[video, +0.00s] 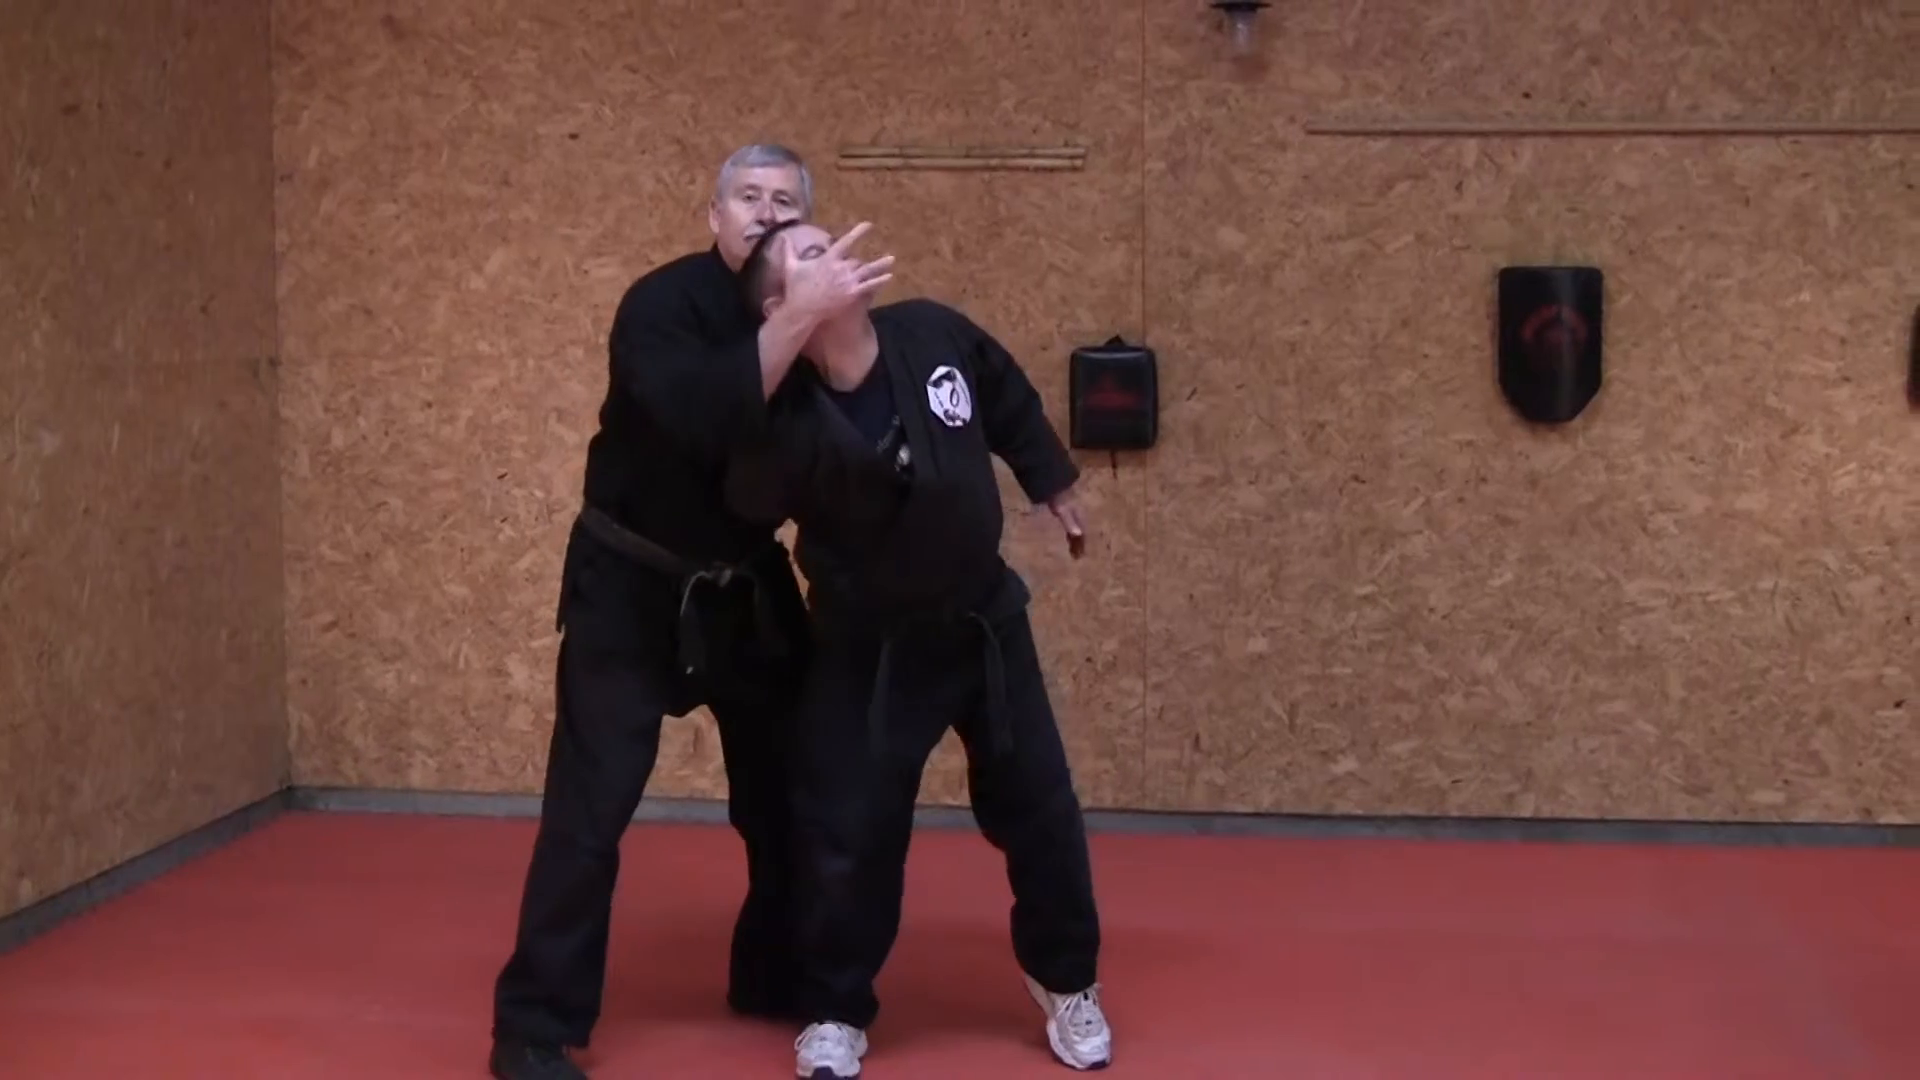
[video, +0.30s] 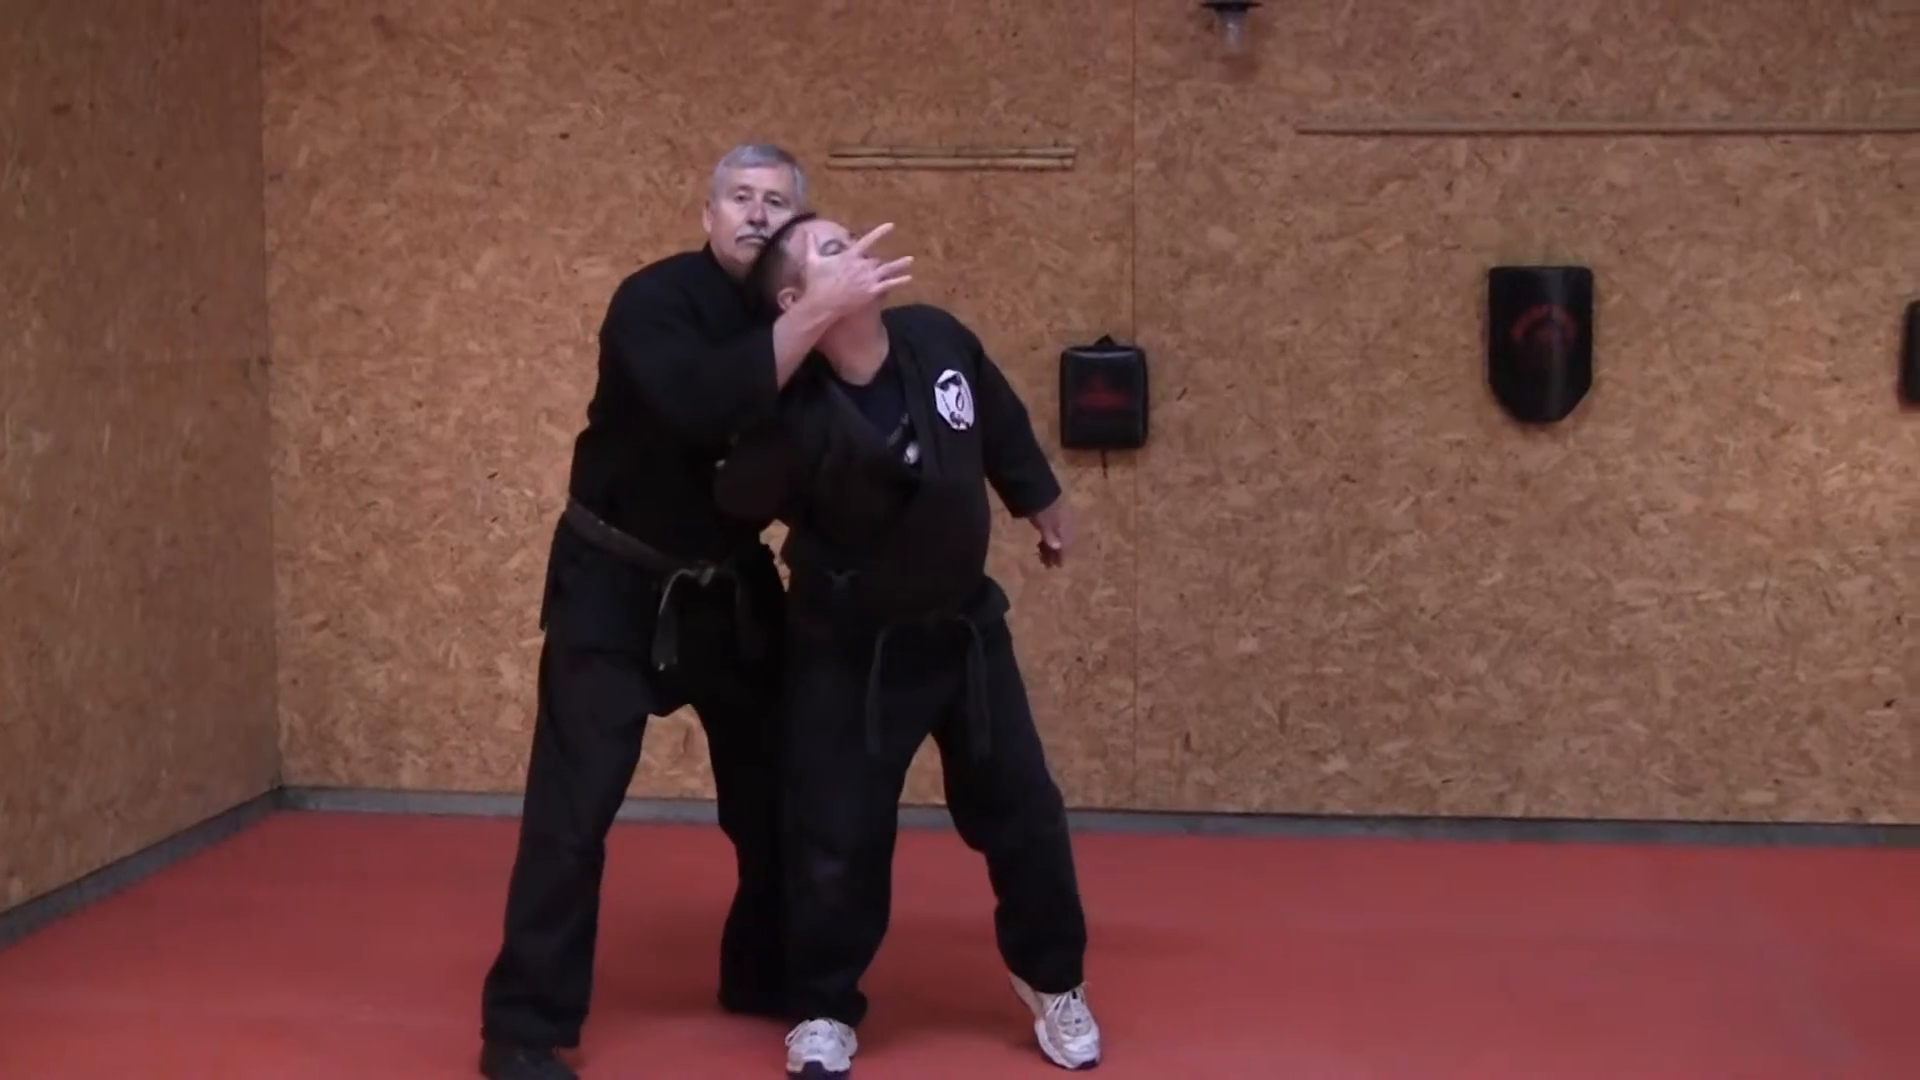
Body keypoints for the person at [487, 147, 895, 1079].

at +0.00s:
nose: (768, 212)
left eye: (786, 201)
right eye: (749, 195)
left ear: (807, 224)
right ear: (711, 216)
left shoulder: (813, 310)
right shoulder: (661, 305)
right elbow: (696, 419)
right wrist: (796, 317)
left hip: (747, 581)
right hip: (629, 579)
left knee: (789, 786)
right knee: (593, 805)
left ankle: (774, 976)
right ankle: (536, 1036)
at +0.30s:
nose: (758, 213)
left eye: (778, 203)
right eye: (742, 196)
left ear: (798, 224)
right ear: (705, 208)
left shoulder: (795, 307)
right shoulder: (652, 301)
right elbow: (696, 404)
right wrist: (814, 314)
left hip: (731, 575)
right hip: (614, 574)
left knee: (774, 787)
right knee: (574, 810)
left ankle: (764, 975)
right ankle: (529, 1035)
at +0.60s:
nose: (757, 214)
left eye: (776, 203)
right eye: (740, 197)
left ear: (796, 224)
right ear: (705, 209)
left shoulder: (795, 308)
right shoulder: (648, 301)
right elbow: (701, 395)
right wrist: (827, 312)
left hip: (725, 575)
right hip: (610, 573)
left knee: (768, 788)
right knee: (565, 813)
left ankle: (758, 975)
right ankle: (520, 1035)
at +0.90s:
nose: (753, 216)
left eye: (772, 205)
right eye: (737, 199)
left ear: (792, 225)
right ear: (700, 210)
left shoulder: (790, 309)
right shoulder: (643, 302)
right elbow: (699, 396)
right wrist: (826, 315)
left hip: (720, 577)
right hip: (605, 574)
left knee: (763, 788)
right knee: (560, 813)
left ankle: (752, 977)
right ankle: (514, 1037)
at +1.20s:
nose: (750, 217)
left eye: (768, 206)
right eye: (734, 200)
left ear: (787, 226)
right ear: (699, 213)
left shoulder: (789, 309)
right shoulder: (639, 303)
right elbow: (694, 400)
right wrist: (826, 324)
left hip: (715, 577)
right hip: (600, 573)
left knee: (760, 790)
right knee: (559, 812)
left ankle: (751, 978)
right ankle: (513, 1035)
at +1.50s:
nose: (743, 220)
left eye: (761, 208)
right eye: (725, 203)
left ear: (783, 228)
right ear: (692, 215)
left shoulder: (789, 316)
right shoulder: (633, 304)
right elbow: (684, 402)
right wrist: (834, 335)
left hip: (711, 578)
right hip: (593, 576)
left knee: (756, 791)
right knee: (555, 813)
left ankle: (748, 977)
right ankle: (511, 1037)